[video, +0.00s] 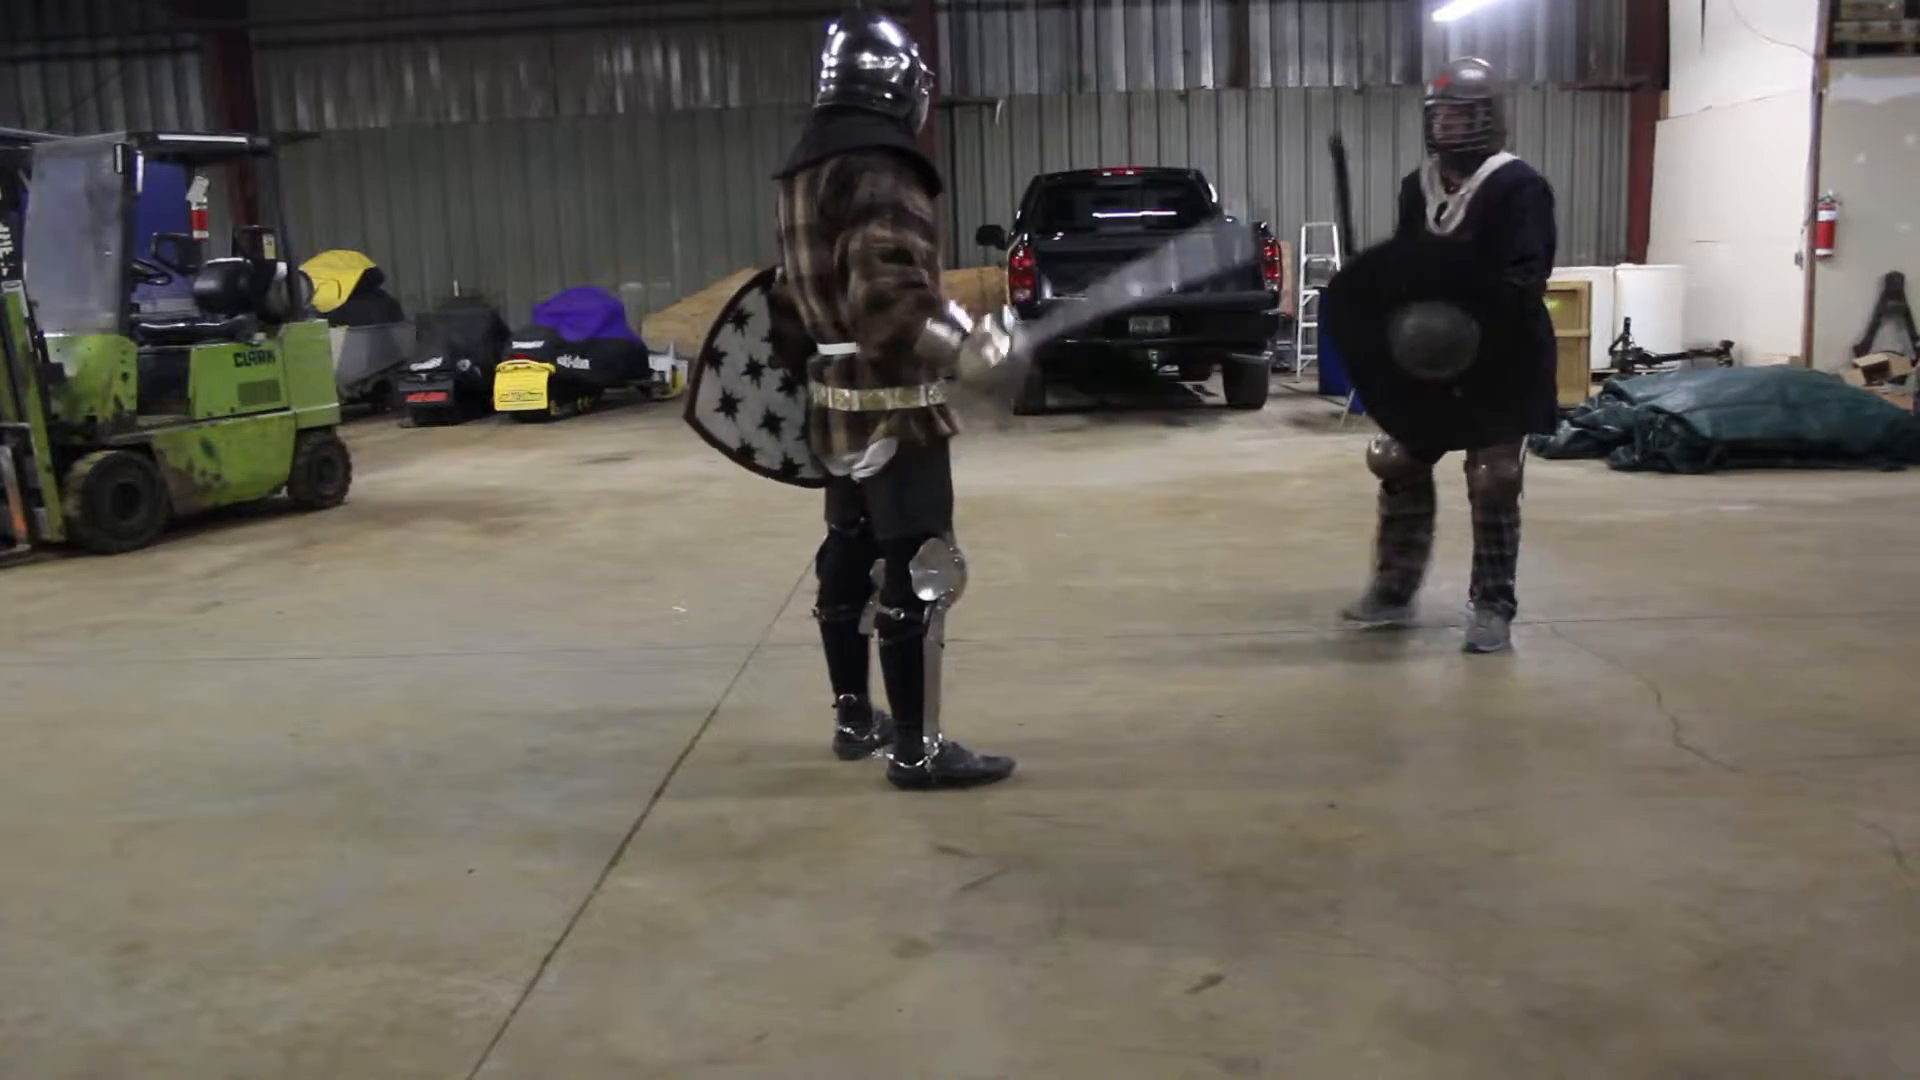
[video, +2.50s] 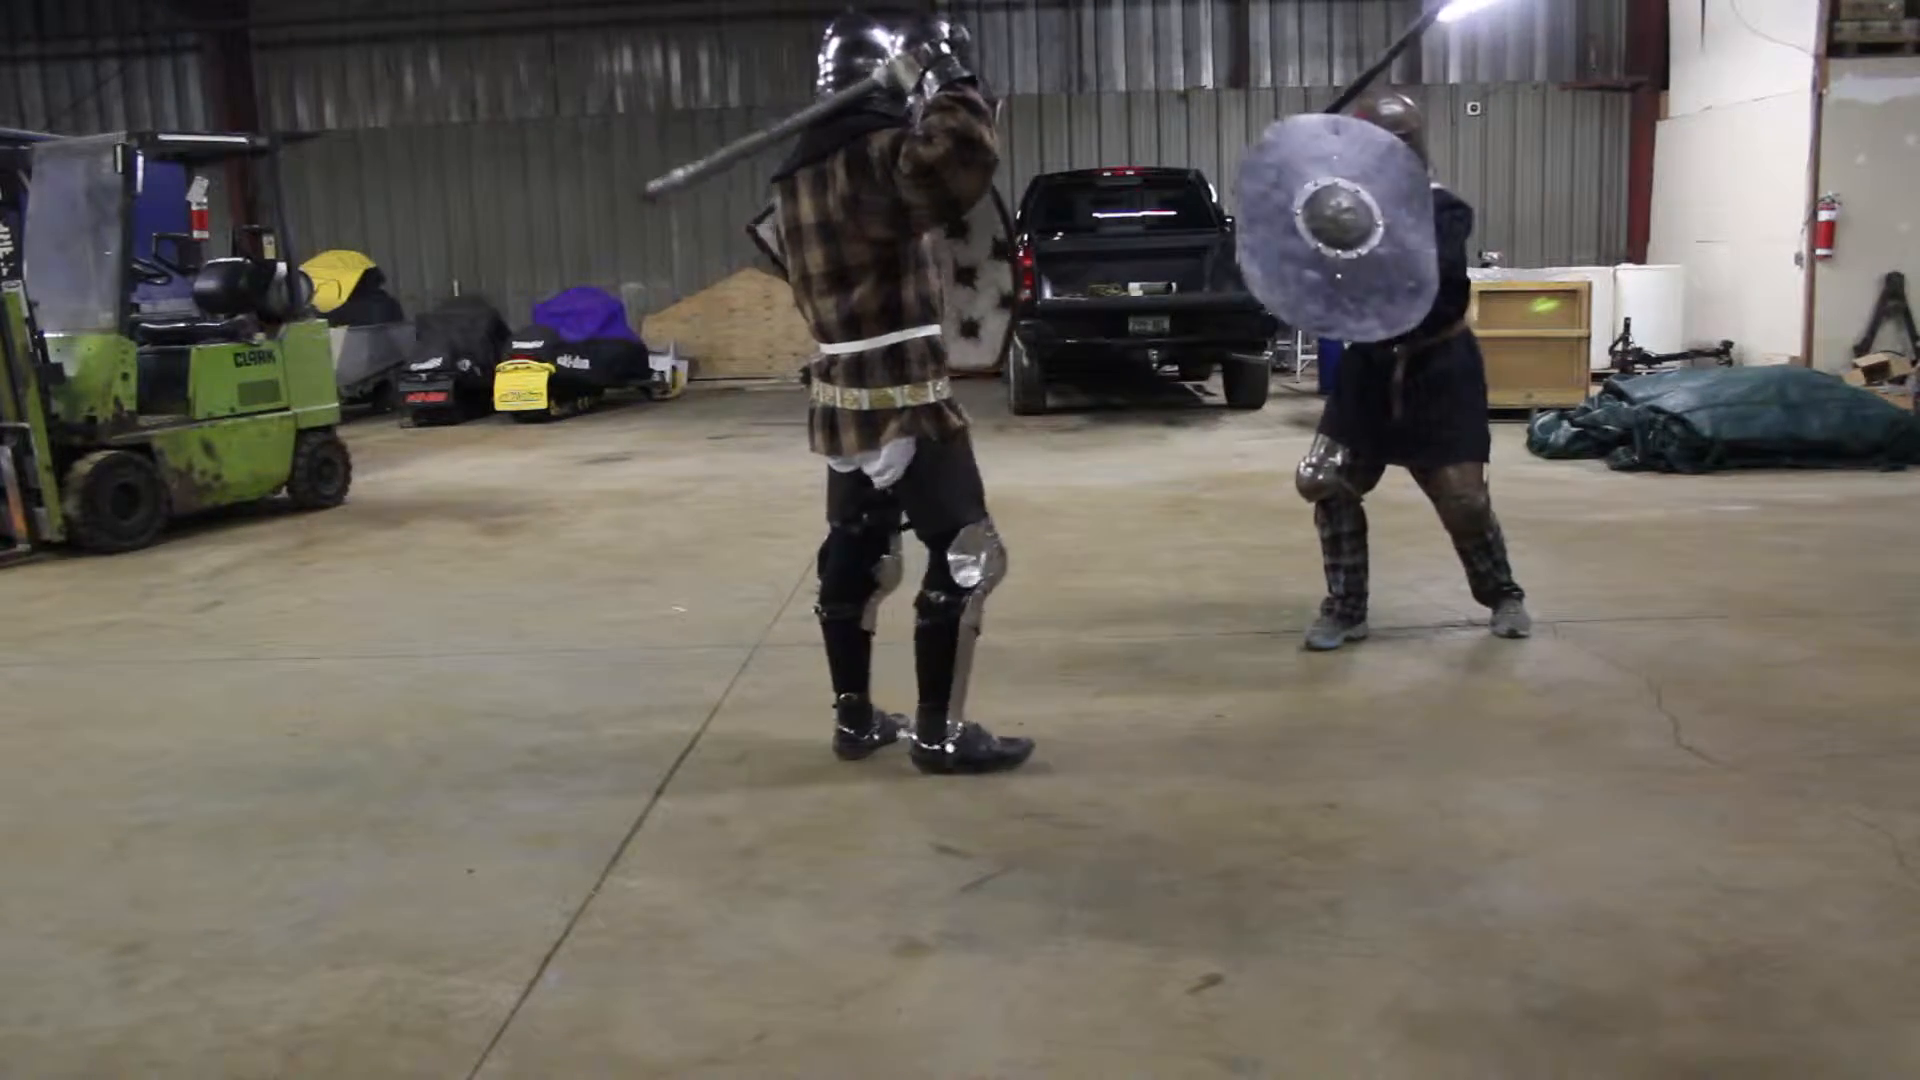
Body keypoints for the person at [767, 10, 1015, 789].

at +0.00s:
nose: (928, 111)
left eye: (926, 95)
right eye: (923, 95)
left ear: (841, 86)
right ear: (900, 92)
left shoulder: (803, 167)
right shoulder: (882, 169)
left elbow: (792, 301)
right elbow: (887, 305)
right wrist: (964, 344)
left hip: (833, 405)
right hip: (893, 406)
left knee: (850, 549)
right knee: (916, 566)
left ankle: (854, 716)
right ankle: (917, 742)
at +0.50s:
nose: (911, 99)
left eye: (909, 86)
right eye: (906, 85)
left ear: (822, 83)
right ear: (887, 85)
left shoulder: (793, 176)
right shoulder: (874, 165)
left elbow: (769, 297)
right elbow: (925, 244)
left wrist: (815, 366)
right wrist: (1011, 186)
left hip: (838, 405)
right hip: (904, 403)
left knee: (850, 550)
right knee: (918, 565)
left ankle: (855, 716)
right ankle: (918, 744)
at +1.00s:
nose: (902, 91)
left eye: (897, 78)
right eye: (897, 78)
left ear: (814, 82)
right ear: (885, 84)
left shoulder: (787, 176)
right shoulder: (880, 165)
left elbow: (764, 257)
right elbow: (960, 193)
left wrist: (825, 301)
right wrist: (1016, 87)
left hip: (842, 398)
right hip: (911, 399)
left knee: (852, 551)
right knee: (924, 565)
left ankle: (855, 716)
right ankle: (919, 745)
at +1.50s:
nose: (905, 98)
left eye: (906, 80)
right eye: (900, 80)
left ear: (820, 83)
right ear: (880, 85)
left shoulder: (791, 177)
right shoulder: (881, 166)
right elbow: (983, 152)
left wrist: (926, 92)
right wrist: (979, 49)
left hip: (845, 399)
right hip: (911, 400)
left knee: (855, 550)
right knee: (925, 566)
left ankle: (855, 716)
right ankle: (918, 744)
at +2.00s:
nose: (905, 81)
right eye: (901, 59)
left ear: (822, 74)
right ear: (878, 75)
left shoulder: (791, 172)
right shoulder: (869, 165)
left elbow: (795, 273)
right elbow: (966, 158)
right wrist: (938, 63)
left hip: (847, 398)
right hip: (909, 399)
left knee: (860, 548)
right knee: (928, 564)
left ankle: (855, 716)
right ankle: (919, 744)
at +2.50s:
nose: (916, 81)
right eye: (912, 65)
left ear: (831, 76)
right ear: (890, 76)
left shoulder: (799, 168)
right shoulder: (876, 153)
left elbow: (790, 264)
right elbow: (955, 161)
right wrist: (954, 80)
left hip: (841, 398)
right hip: (905, 397)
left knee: (853, 556)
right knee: (966, 554)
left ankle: (854, 715)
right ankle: (941, 730)